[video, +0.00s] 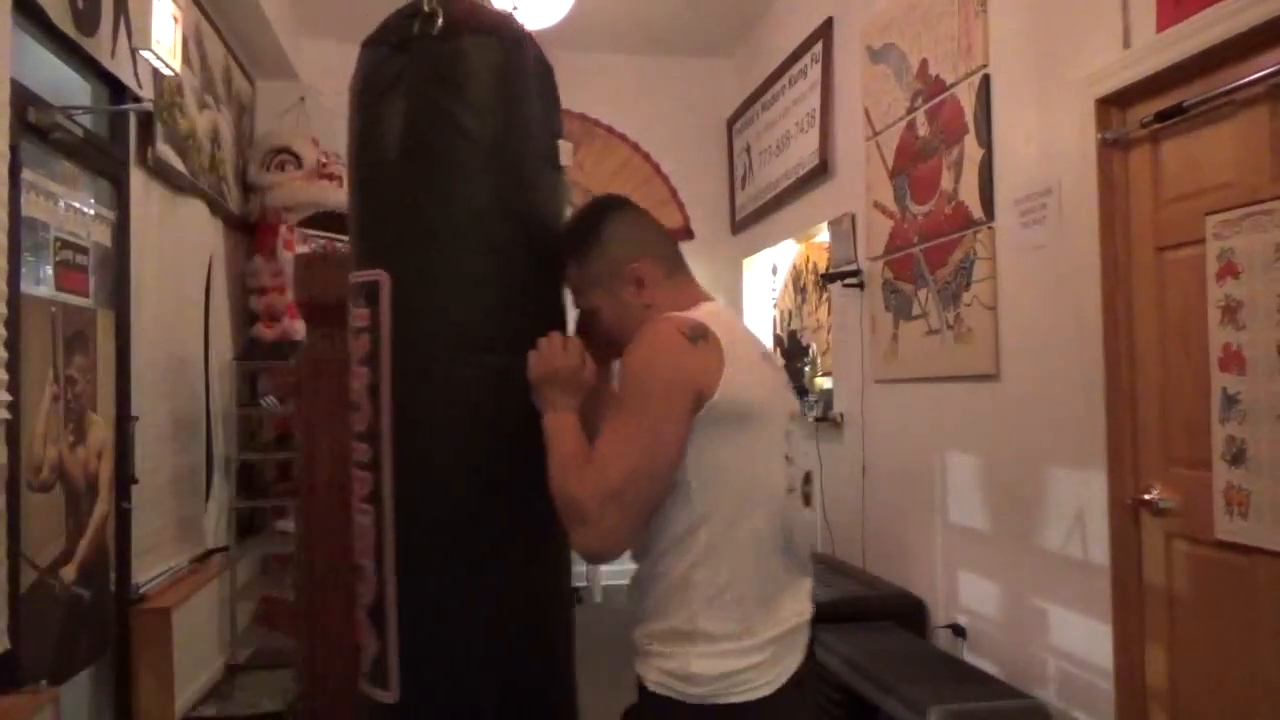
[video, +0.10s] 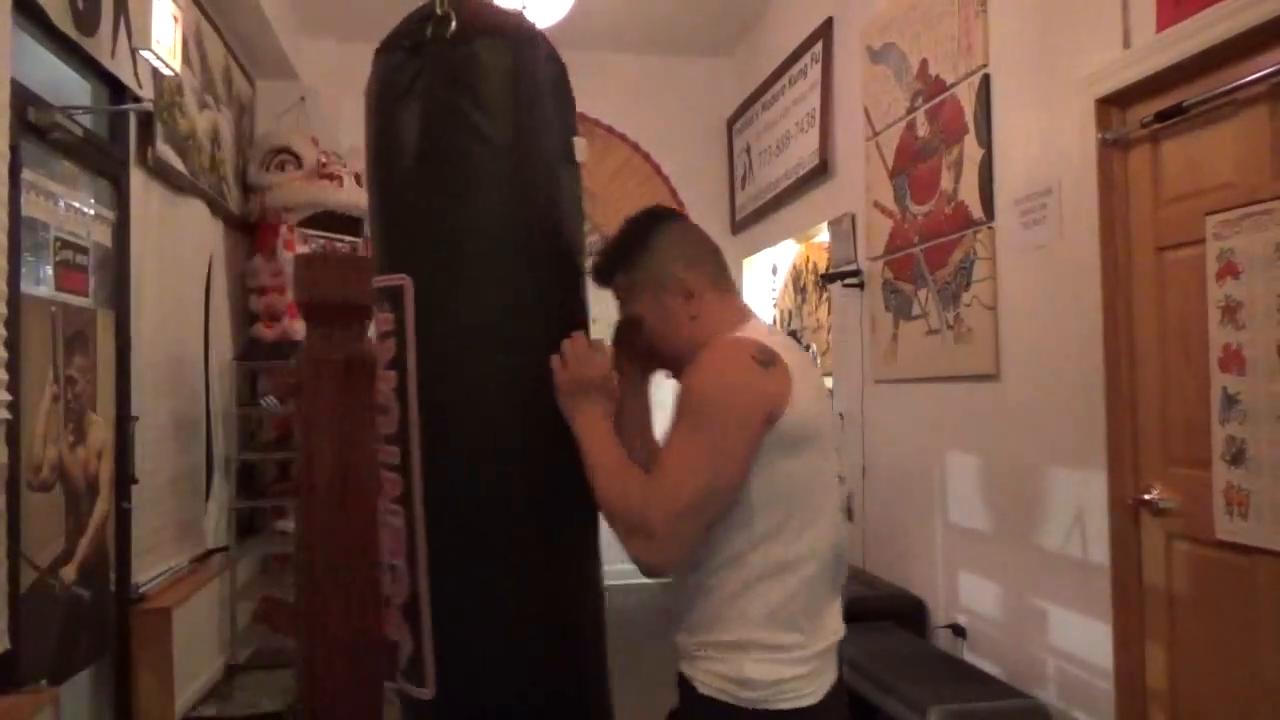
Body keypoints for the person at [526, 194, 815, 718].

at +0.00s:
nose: (583, 329)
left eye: (589, 308)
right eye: (581, 311)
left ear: (639, 284)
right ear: (645, 283)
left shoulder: (671, 342)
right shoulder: (734, 339)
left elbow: (599, 529)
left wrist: (559, 407)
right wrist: (593, 386)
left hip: (702, 690)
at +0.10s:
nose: (631, 337)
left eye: (635, 319)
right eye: (627, 322)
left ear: (686, 299)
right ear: (693, 299)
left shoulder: (735, 365)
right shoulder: (767, 354)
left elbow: (659, 543)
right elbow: (659, 510)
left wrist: (588, 414)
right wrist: (633, 383)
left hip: (748, 696)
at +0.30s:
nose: (686, 337)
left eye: (691, 318)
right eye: (683, 321)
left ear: (744, 299)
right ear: (748, 300)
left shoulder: (792, 367)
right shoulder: (810, 358)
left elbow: (747, 539)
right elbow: (704, 500)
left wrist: (619, 459)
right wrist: (686, 386)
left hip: (812, 689)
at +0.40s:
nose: (699, 319)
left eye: (703, 299)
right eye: (696, 302)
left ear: (754, 280)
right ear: (759, 281)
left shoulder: (791, 347)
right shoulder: (829, 338)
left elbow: (760, 523)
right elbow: (719, 490)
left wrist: (623, 458)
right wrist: (701, 368)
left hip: (824, 678)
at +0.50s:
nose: (706, 313)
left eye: (710, 294)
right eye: (703, 297)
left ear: (765, 278)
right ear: (771, 280)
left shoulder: (805, 351)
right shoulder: (836, 337)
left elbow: (762, 530)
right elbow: (719, 479)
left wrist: (624, 458)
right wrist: (705, 359)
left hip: (841, 683)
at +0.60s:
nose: (704, 307)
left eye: (708, 287)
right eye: (699, 289)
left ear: (766, 270)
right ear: (769, 272)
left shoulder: (820, 353)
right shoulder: (838, 336)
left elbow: (768, 534)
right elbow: (713, 474)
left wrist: (647, 433)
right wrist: (700, 352)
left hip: (855, 687)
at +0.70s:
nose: (686, 312)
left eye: (692, 288)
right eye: (683, 291)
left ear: (755, 268)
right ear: (757, 271)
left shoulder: (836, 367)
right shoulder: (789, 369)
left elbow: (757, 548)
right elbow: (681, 496)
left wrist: (665, 404)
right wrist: (674, 378)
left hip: (866, 692)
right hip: (818, 676)